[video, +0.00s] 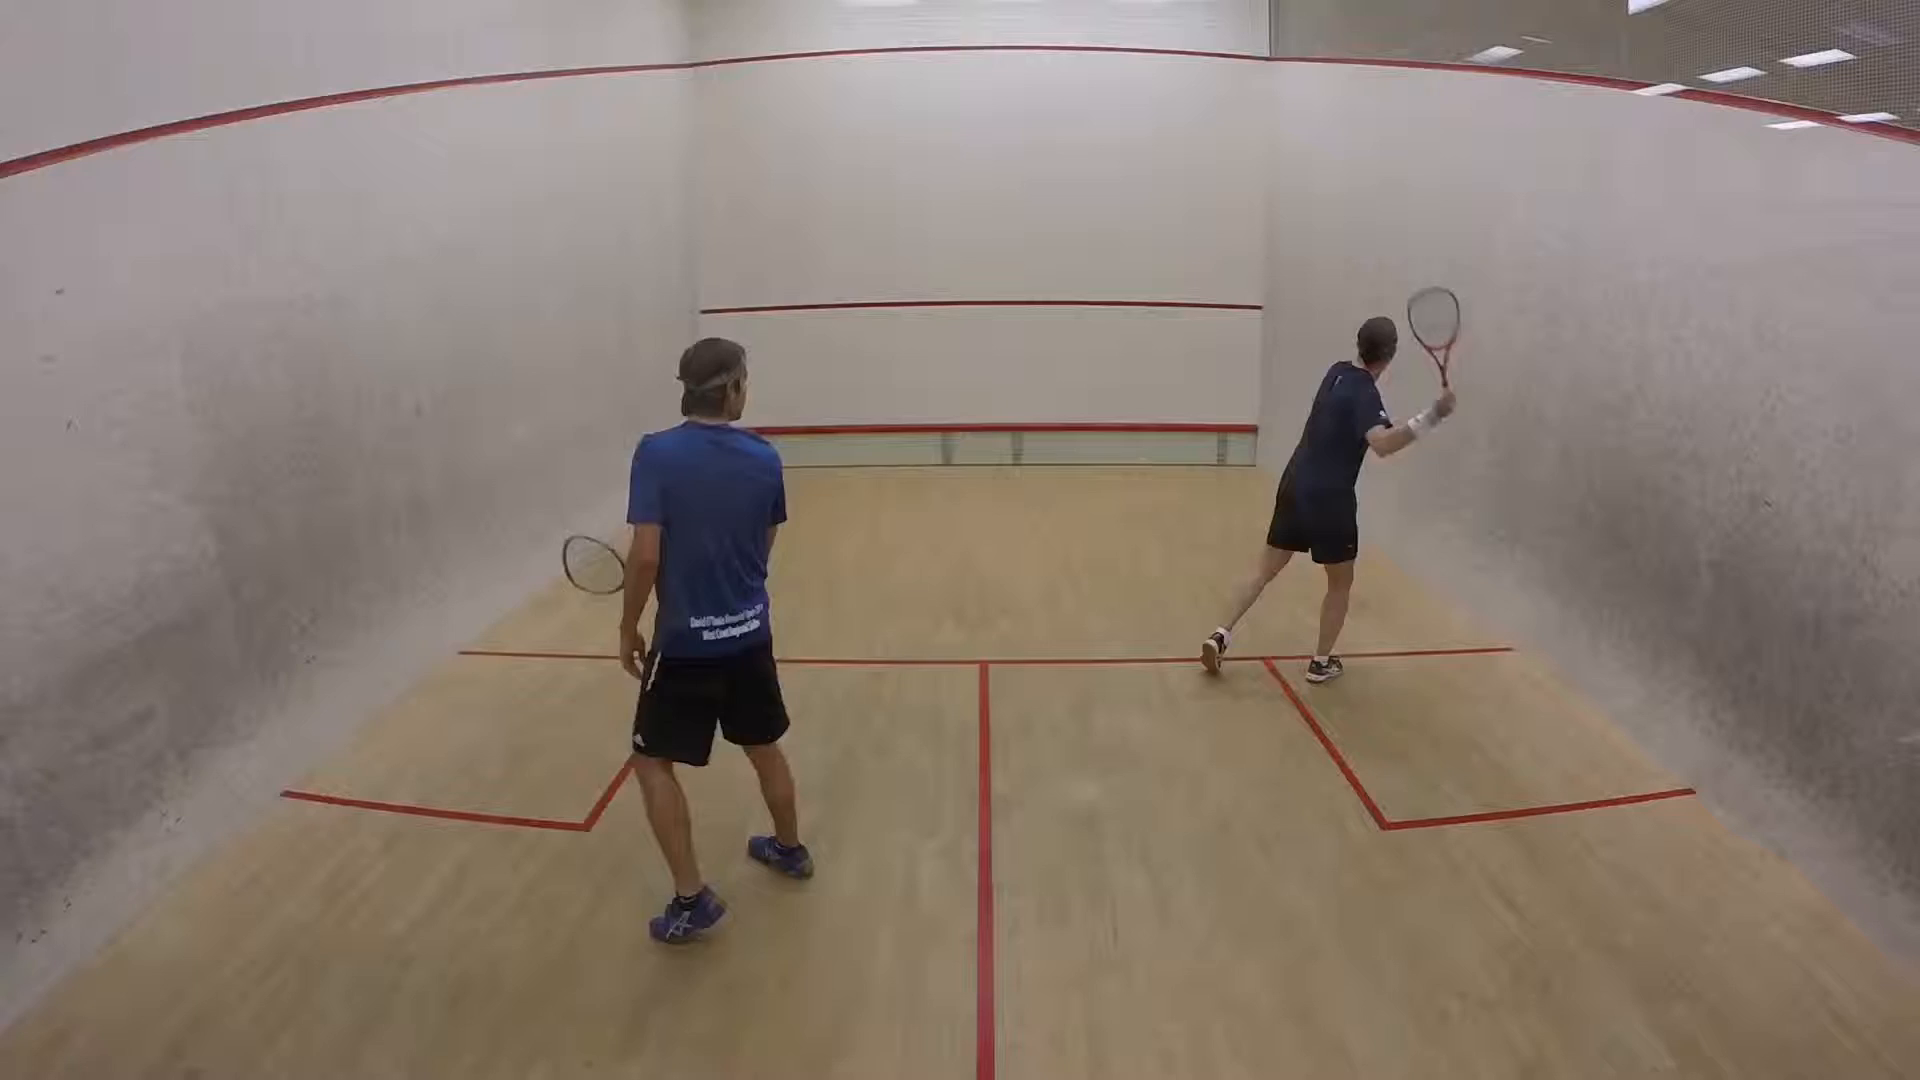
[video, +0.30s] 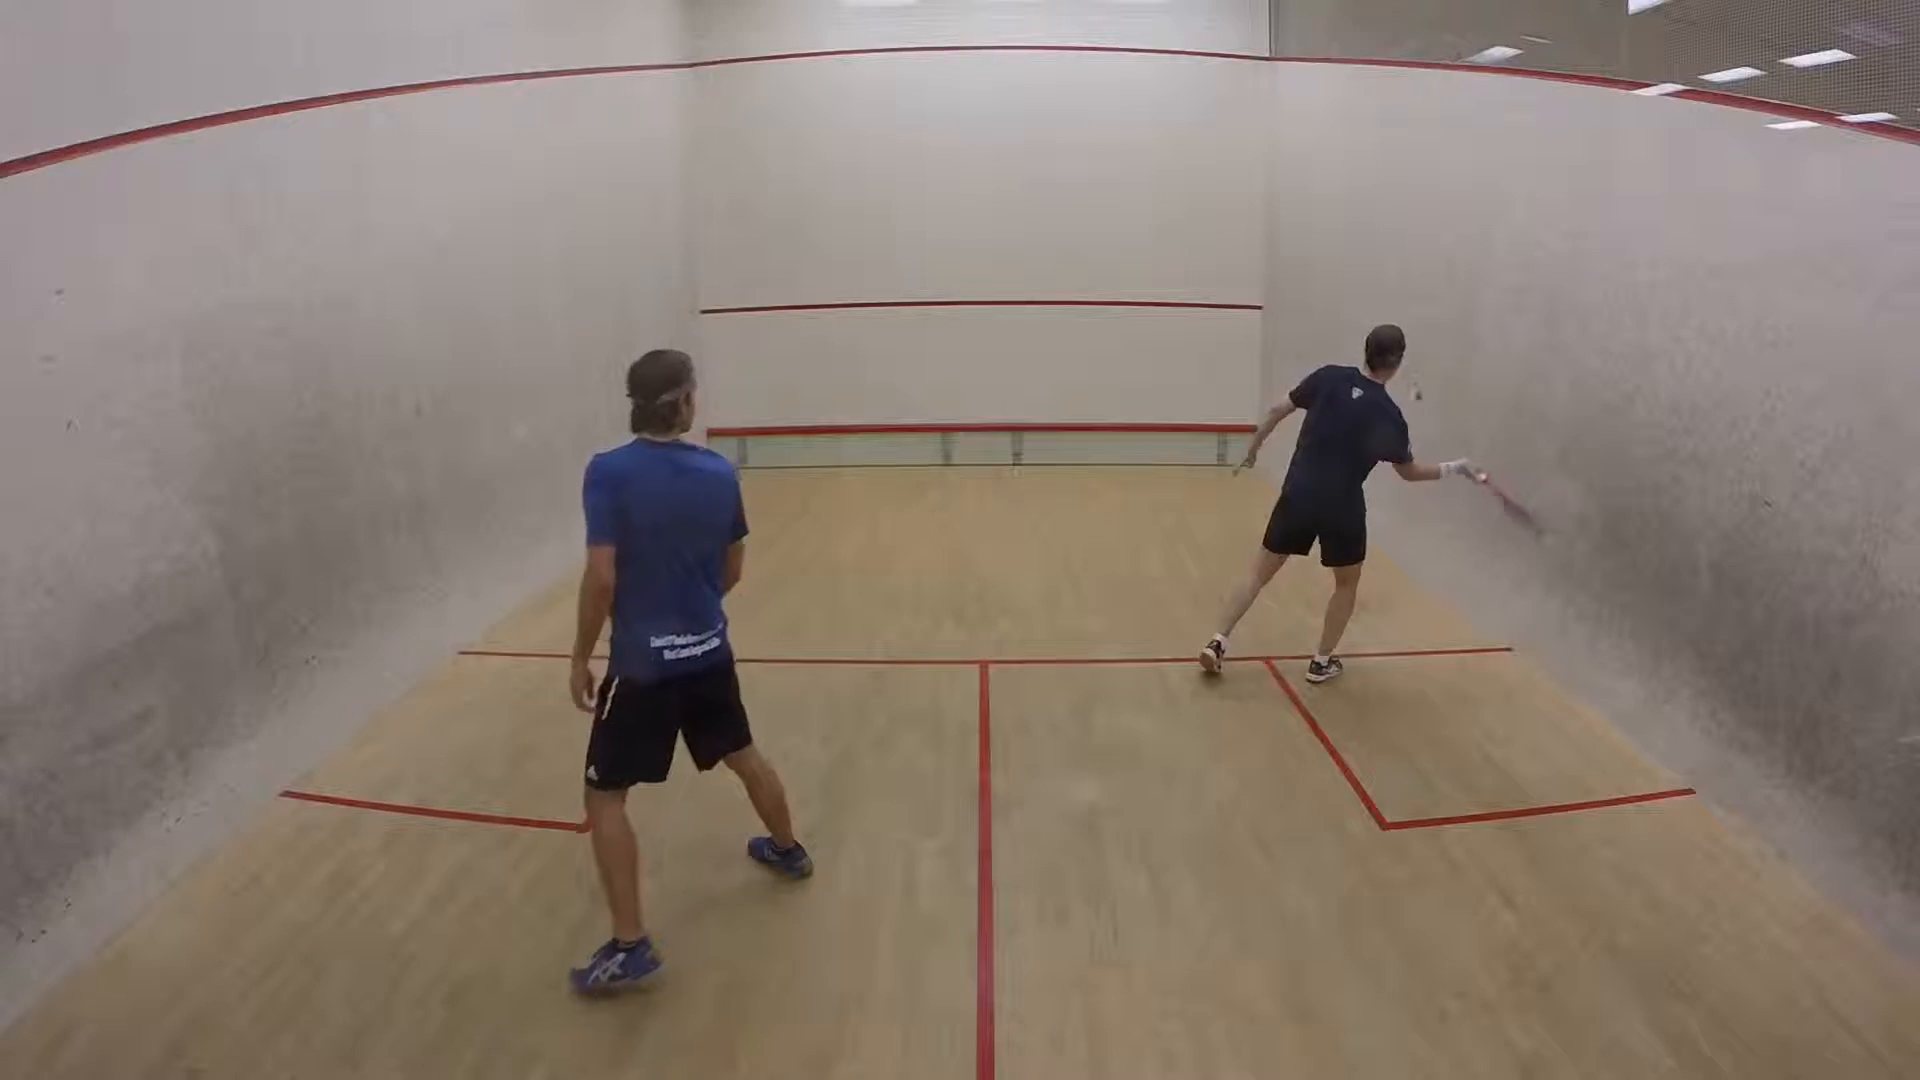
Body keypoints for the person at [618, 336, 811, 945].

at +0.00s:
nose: (747, 394)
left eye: (744, 384)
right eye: (745, 385)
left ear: (686, 389)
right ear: (733, 390)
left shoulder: (656, 453)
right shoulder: (762, 456)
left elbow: (647, 559)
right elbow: (764, 540)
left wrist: (630, 625)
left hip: (687, 646)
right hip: (749, 638)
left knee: (651, 761)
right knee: (764, 744)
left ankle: (692, 898)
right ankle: (791, 847)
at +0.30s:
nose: (697, 403)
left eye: (689, 395)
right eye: (695, 395)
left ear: (631, 406)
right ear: (687, 405)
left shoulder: (607, 472)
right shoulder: (719, 472)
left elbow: (602, 579)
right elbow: (730, 571)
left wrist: (581, 656)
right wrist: (684, 600)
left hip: (641, 670)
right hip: (709, 657)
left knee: (604, 796)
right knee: (742, 752)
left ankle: (630, 944)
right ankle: (790, 847)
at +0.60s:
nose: (586, 424)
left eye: (575, 416)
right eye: (583, 416)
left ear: (519, 431)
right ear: (577, 427)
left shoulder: (506, 508)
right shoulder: (617, 494)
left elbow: (505, 629)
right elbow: (654, 599)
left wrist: (483, 715)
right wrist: (620, 639)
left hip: (559, 713)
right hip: (625, 690)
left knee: (556, 840)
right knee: (646, 770)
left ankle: (635, 966)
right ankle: (726, 852)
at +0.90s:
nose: (495, 424)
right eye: (492, 417)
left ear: (426, 436)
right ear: (489, 429)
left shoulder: (417, 522)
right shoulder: (539, 497)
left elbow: (405, 646)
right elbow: (574, 597)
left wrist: (377, 723)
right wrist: (513, 610)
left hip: (501, 729)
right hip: (556, 701)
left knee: (537, 862)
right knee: (537, 811)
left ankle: (632, 961)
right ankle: (544, 912)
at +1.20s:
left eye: (354, 439)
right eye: (409, 430)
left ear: (348, 447)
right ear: (413, 440)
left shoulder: (352, 542)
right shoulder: (460, 507)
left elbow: (367, 671)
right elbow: (485, 601)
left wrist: (350, 764)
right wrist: (417, 602)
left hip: (426, 752)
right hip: (490, 724)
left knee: (376, 889)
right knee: (502, 825)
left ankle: (478, 1020)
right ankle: (543, 919)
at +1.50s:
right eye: (303, 450)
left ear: (240, 485)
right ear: (312, 463)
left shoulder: (266, 587)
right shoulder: (380, 537)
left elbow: (306, 728)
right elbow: (422, 649)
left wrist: (307, 849)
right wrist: (343, 650)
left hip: (361, 807)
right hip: (429, 768)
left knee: (348, 947)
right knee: (456, 860)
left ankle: (429, 1072)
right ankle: (515, 949)